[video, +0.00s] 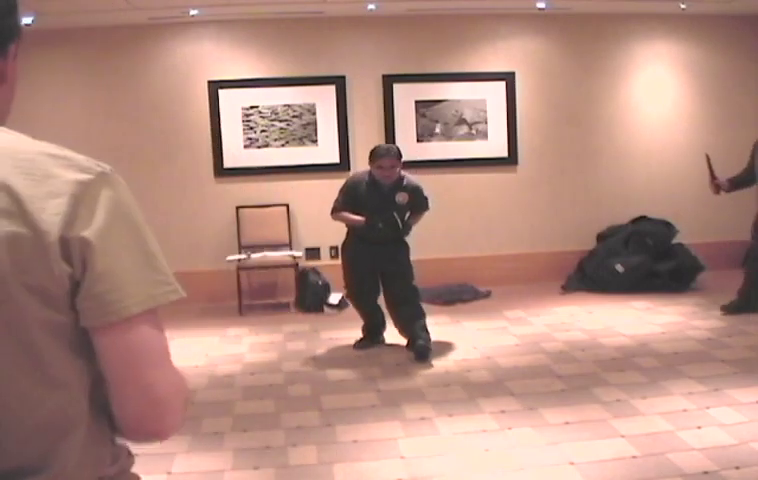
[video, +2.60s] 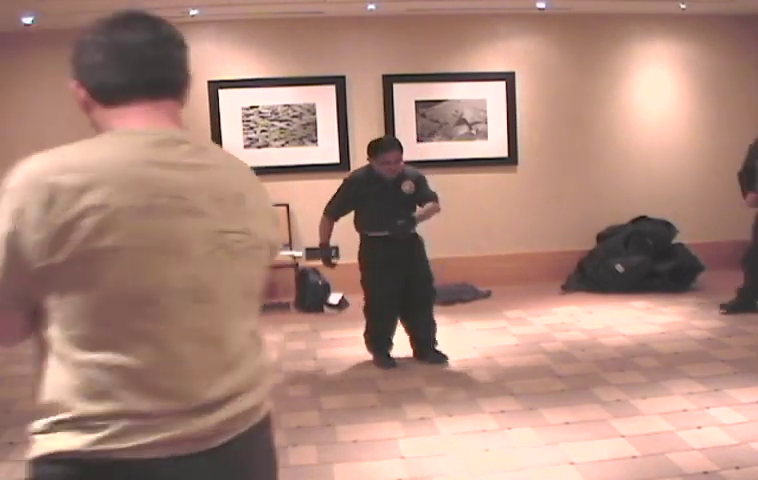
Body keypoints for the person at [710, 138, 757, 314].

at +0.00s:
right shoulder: (756, 146)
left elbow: (751, 173)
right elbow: (751, 172)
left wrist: (727, 184)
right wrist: (726, 184)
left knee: (754, 249)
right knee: (754, 248)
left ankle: (748, 296)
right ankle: (747, 296)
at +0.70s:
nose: (734, 135)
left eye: (738, 130)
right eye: (731, 130)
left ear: (753, 129)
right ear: (730, 131)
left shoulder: (754, 152)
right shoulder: (731, 152)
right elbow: (721, 179)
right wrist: (694, 189)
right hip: (747, 217)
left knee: (751, 259)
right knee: (745, 259)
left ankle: (749, 299)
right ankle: (745, 299)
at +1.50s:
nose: (725, 135)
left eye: (730, 128)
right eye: (722, 129)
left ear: (745, 128)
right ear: (721, 130)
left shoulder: (755, 148)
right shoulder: (719, 155)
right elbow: (694, 180)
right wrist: (664, 184)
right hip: (741, 222)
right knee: (739, 261)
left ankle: (751, 300)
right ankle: (744, 300)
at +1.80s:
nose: (723, 129)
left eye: (728, 123)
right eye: (720, 124)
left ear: (743, 124)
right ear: (718, 127)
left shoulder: (754, 145)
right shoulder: (718, 150)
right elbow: (697, 167)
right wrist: (682, 176)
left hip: (754, 218)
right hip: (738, 218)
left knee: (752, 261)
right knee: (739, 261)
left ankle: (751, 301)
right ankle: (743, 301)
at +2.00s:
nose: (731, 126)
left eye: (736, 120)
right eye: (729, 121)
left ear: (751, 121)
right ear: (727, 123)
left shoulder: (754, 146)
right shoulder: (726, 148)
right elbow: (705, 179)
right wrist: (710, 191)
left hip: (754, 216)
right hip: (739, 217)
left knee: (750, 260)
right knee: (739, 260)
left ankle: (750, 300)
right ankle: (743, 300)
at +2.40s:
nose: (756, 118)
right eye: (755, 114)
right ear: (754, 117)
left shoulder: (748, 145)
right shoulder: (748, 145)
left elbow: (732, 172)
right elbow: (733, 172)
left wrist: (740, 193)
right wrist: (738, 193)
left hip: (753, 215)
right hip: (753, 215)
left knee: (750, 256)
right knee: (749, 256)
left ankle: (747, 298)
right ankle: (746, 298)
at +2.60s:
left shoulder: (753, 148)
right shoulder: (753, 147)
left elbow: (747, 169)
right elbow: (747, 169)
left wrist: (750, 191)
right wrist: (749, 190)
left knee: (753, 254)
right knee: (752, 254)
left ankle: (749, 295)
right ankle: (748, 294)